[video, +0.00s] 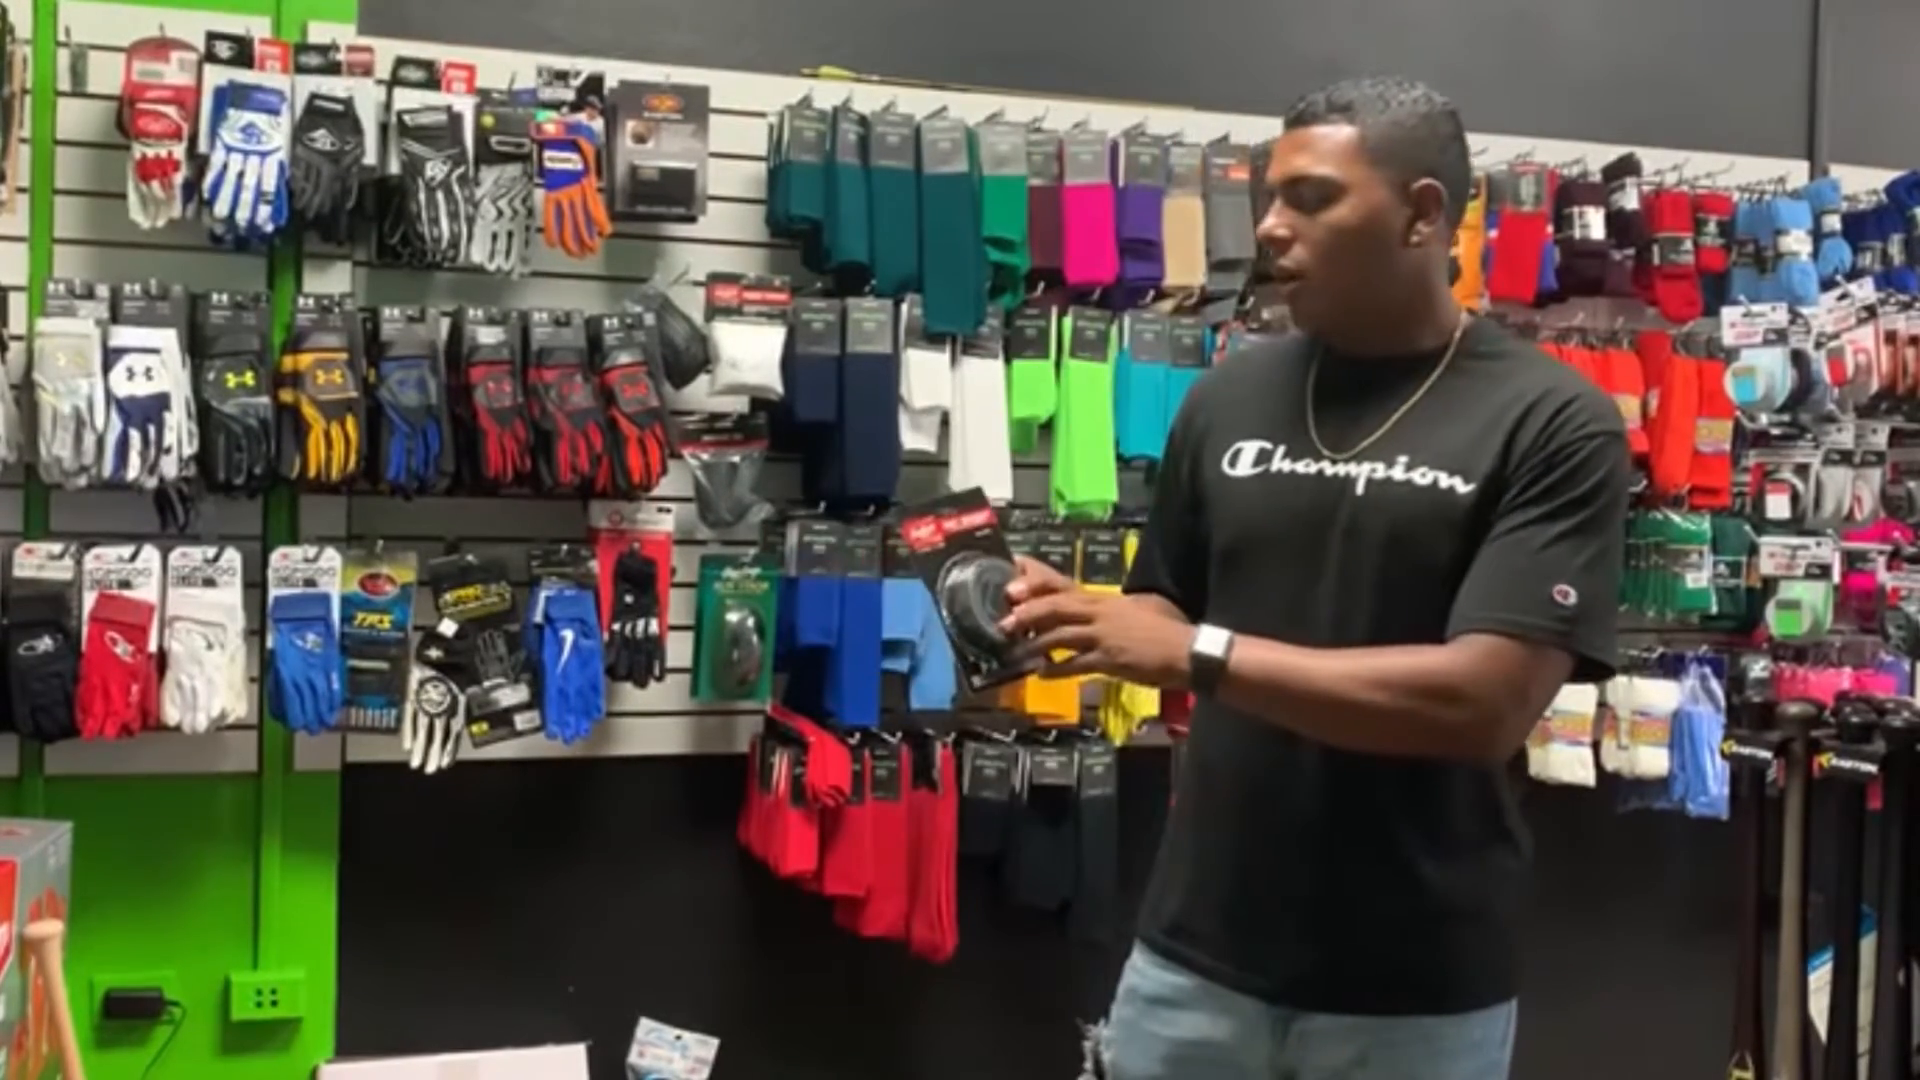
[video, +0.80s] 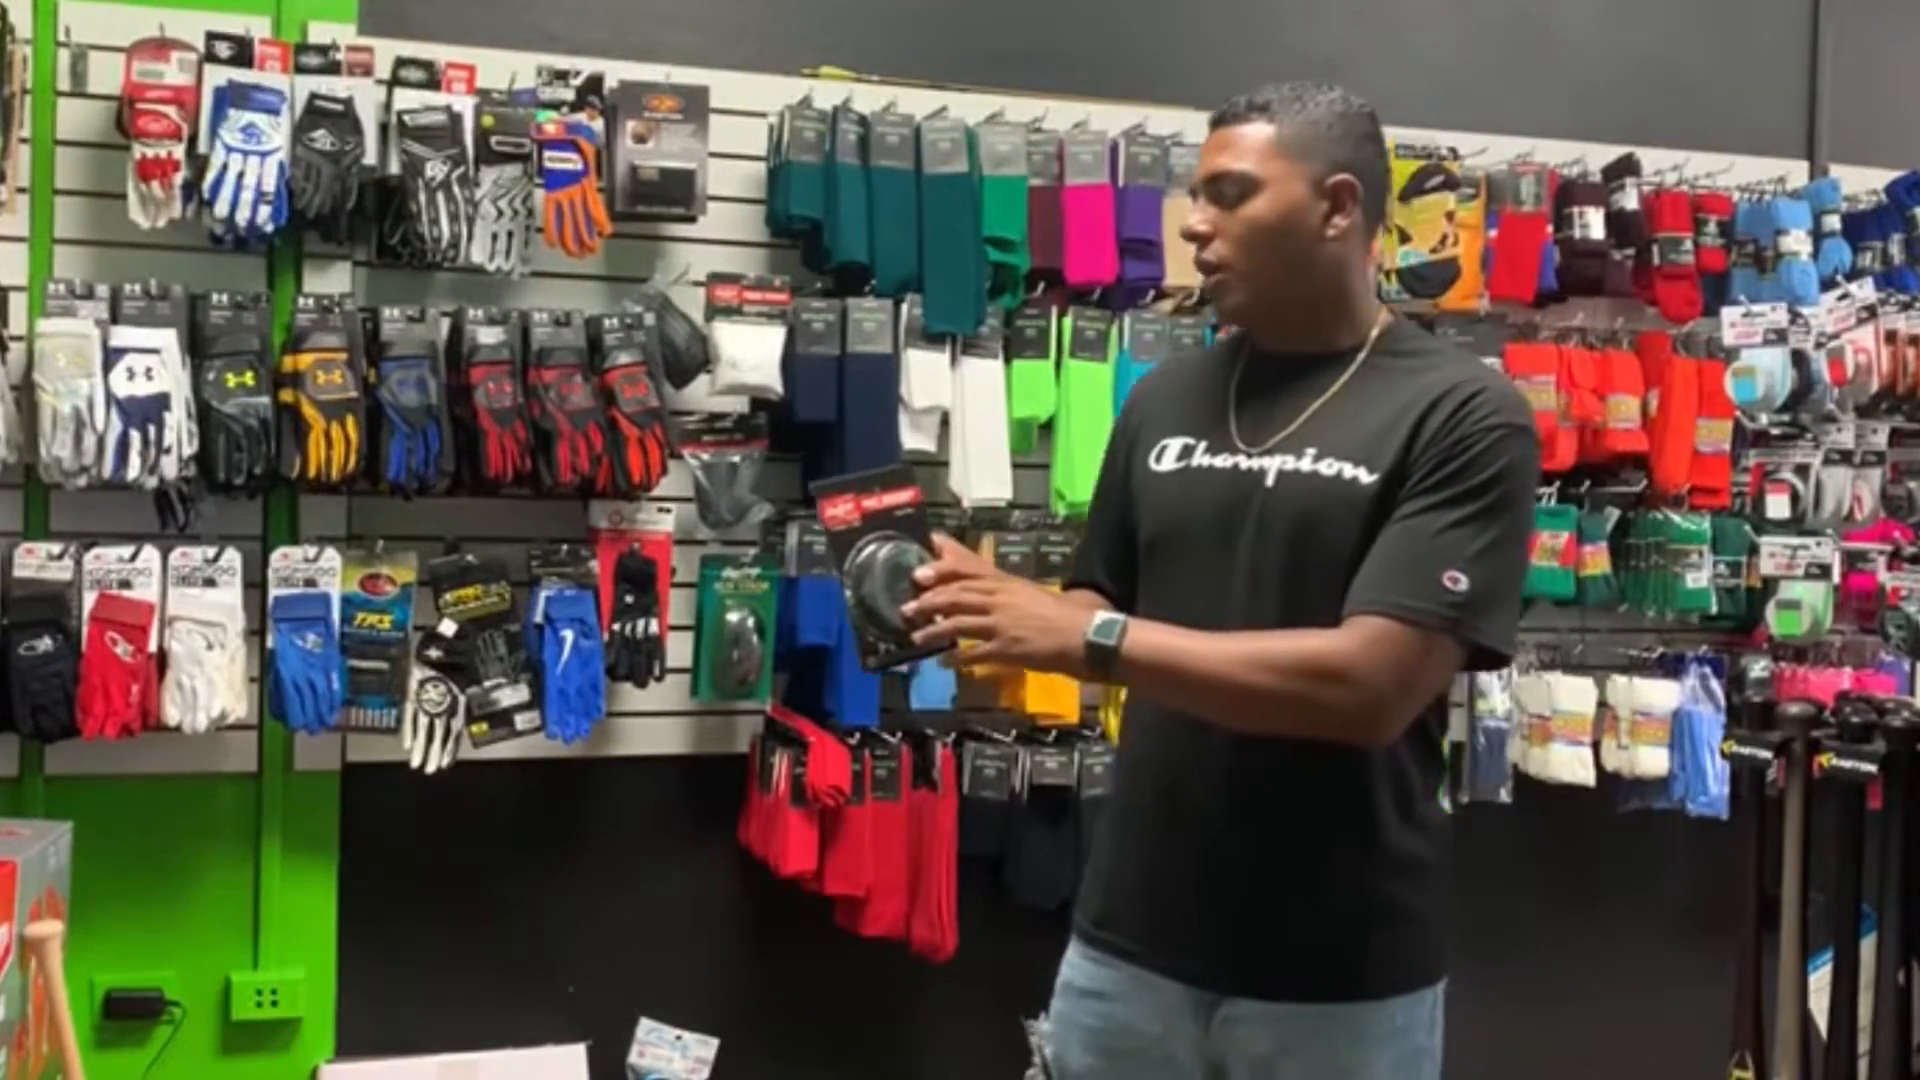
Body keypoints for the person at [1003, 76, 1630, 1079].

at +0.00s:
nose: (1270, 229)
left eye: (1309, 198)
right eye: (1269, 200)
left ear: (1425, 216)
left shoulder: (1555, 423)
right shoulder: (1227, 397)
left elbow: (1488, 705)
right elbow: (1169, 627)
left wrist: (1195, 652)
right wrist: (1080, 621)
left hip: (1418, 991)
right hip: (1196, 960)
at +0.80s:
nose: (1197, 225)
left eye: (1231, 192)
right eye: (1197, 195)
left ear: (1339, 209)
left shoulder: (1464, 412)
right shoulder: (1163, 399)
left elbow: (1368, 689)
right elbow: (1107, 625)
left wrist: (1088, 634)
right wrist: (989, 617)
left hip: (1340, 977)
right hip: (1130, 949)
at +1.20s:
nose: (1071, 234)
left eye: (1106, 202)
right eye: (1073, 206)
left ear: (1211, 213)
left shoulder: (1336, 401)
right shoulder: (1047, 401)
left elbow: (1256, 671)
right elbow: (999, 631)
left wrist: (978, 623)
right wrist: (889, 602)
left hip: (1232, 953)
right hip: (1031, 935)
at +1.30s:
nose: (1043, 242)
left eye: (1077, 209)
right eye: (1041, 213)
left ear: (1183, 215)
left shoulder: (1309, 402)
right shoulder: (1021, 405)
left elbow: (1235, 668)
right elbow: (983, 651)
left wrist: (957, 626)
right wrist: (874, 606)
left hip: (1210, 952)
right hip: (1011, 936)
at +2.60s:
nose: (1067, 238)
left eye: (1100, 204)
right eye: (1068, 211)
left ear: (1204, 211)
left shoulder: (1343, 394)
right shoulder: (1047, 407)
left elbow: (1274, 655)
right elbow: (1004, 650)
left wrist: (998, 619)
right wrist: (892, 599)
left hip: (1254, 948)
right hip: (1048, 936)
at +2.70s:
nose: (1098, 236)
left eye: (1131, 202)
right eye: (1100, 209)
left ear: (1234, 210)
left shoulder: (1373, 395)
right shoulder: (1077, 404)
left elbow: (1299, 657)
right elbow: (1037, 651)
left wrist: (1022, 616)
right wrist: (929, 600)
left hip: (1282, 952)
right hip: (1074, 940)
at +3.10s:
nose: (1216, 230)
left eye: (1250, 197)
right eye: (1215, 202)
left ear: (1361, 212)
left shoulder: (1497, 404)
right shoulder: (1183, 404)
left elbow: (1408, 666)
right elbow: (1145, 658)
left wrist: (1121, 617)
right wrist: (1023, 596)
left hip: (1384, 968)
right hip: (1169, 949)